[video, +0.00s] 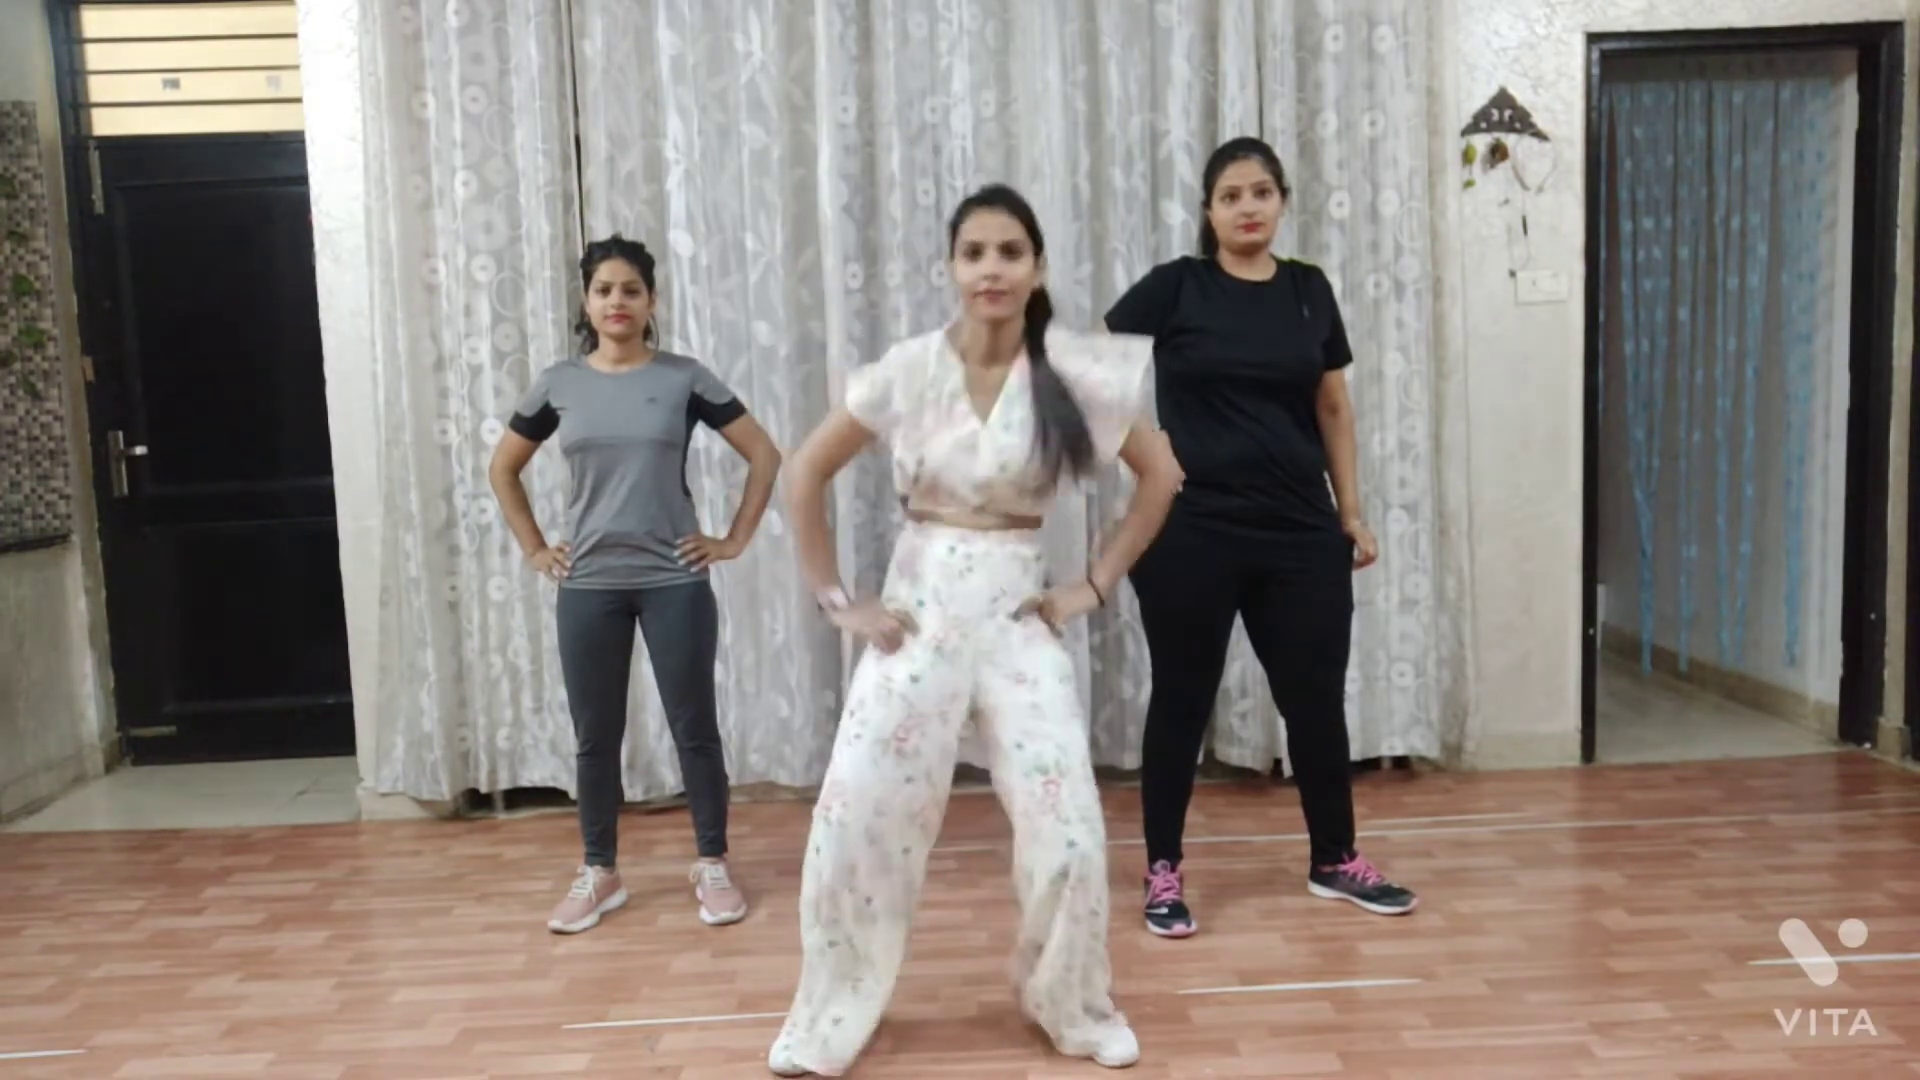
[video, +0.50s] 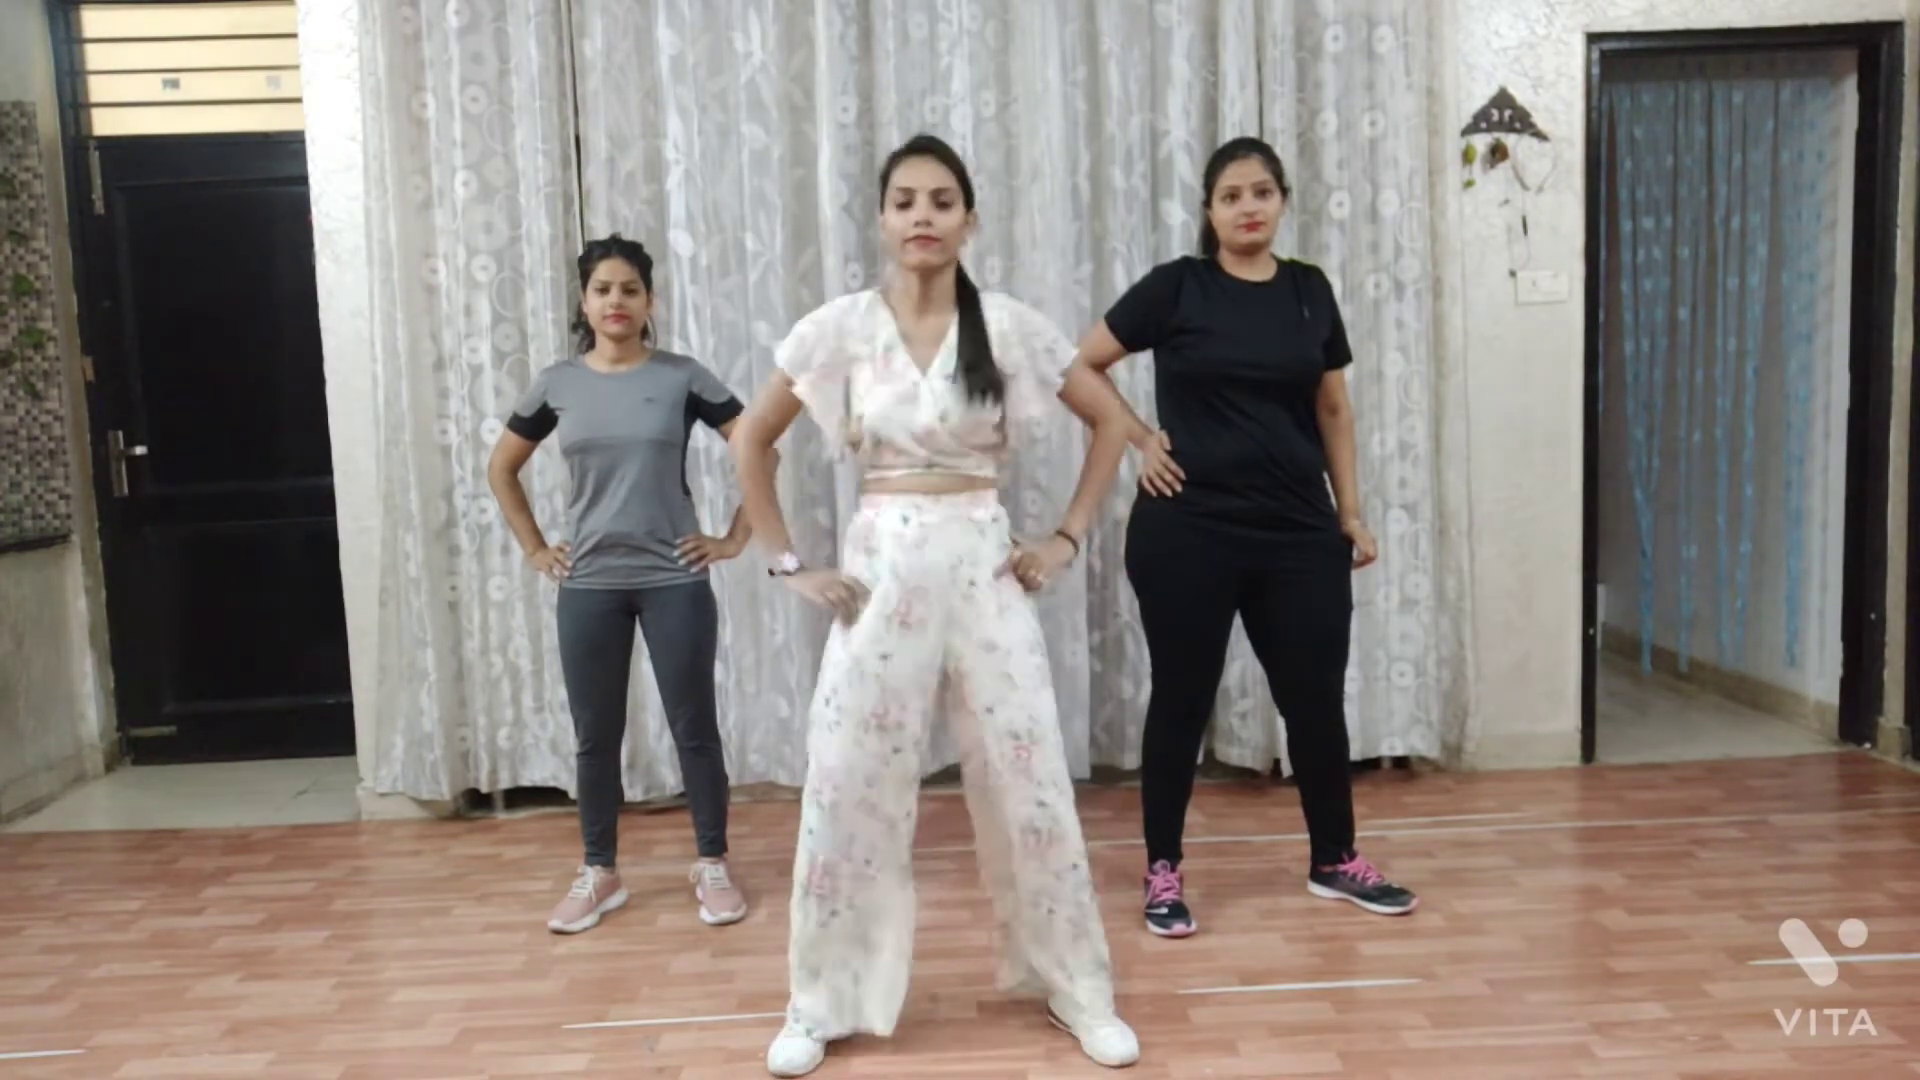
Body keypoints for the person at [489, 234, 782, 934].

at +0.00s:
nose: (617, 301)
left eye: (630, 289)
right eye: (604, 290)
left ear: (651, 301)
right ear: (585, 302)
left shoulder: (685, 378)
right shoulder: (559, 384)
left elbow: (764, 455)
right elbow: (502, 468)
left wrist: (735, 538)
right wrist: (536, 549)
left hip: (674, 574)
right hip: (589, 577)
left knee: (694, 728)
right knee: (595, 737)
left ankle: (712, 866)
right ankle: (599, 872)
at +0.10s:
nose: (617, 301)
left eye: (630, 290)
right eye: (604, 290)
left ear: (651, 301)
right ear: (585, 301)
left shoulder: (685, 379)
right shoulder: (559, 384)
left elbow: (764, 455)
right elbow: (503, 469)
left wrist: (735, 538)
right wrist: (536, 548)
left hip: (674, 573)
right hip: (589, 577)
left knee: (694, 727)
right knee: (595, 737)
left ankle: (711, 865)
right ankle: (599, 872)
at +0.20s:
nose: (617, 301)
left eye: (630, 290)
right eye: (604, 290)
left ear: (651, 302)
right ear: (585, 301)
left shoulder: (684, 379)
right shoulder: (558, 385)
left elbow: (764, 457)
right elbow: (502, 470)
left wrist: (733, 538)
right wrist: (537, 549)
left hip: (674, 575)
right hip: (589, 579)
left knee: (694, 727)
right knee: (595, 737)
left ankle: (712, 866)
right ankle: (599, 872)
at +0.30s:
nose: (617, 301)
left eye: (631, 290)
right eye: (605, 289)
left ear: (650, 302)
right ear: (585, 301)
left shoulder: (683, 379)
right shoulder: (558, 385)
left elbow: (764, 453)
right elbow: (502, 469)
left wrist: (734, 538)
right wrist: (538, 550)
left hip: (675, 574)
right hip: (590, 579)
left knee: (694, 726)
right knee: (595, 736)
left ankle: (712, 866)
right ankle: (599, 872)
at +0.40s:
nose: (618, 301)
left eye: (631, 290)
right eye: (605, 289)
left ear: (650, 302)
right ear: (584, 301)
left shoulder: (683, 378)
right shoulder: (557, 385)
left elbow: (764, 452)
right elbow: (502, 469)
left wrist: (733, 538)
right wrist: (538, 550)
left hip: (674, 574)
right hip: (589, 578)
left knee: (693, 725)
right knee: (595, 735)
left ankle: (712, 866)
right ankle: (599, 872)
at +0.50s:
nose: (616, 302)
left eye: (629, 290)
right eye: (603, 290)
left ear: (649, 302)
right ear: (583, 302)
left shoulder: (682, 378)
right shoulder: (557, 385)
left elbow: (758, 448)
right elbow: (502, 467)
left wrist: (734, 537)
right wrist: (537, 549)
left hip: (675, 573)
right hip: (589, 578)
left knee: (693, 725)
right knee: (595, 735)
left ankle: (712, 866)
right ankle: (599, 872)